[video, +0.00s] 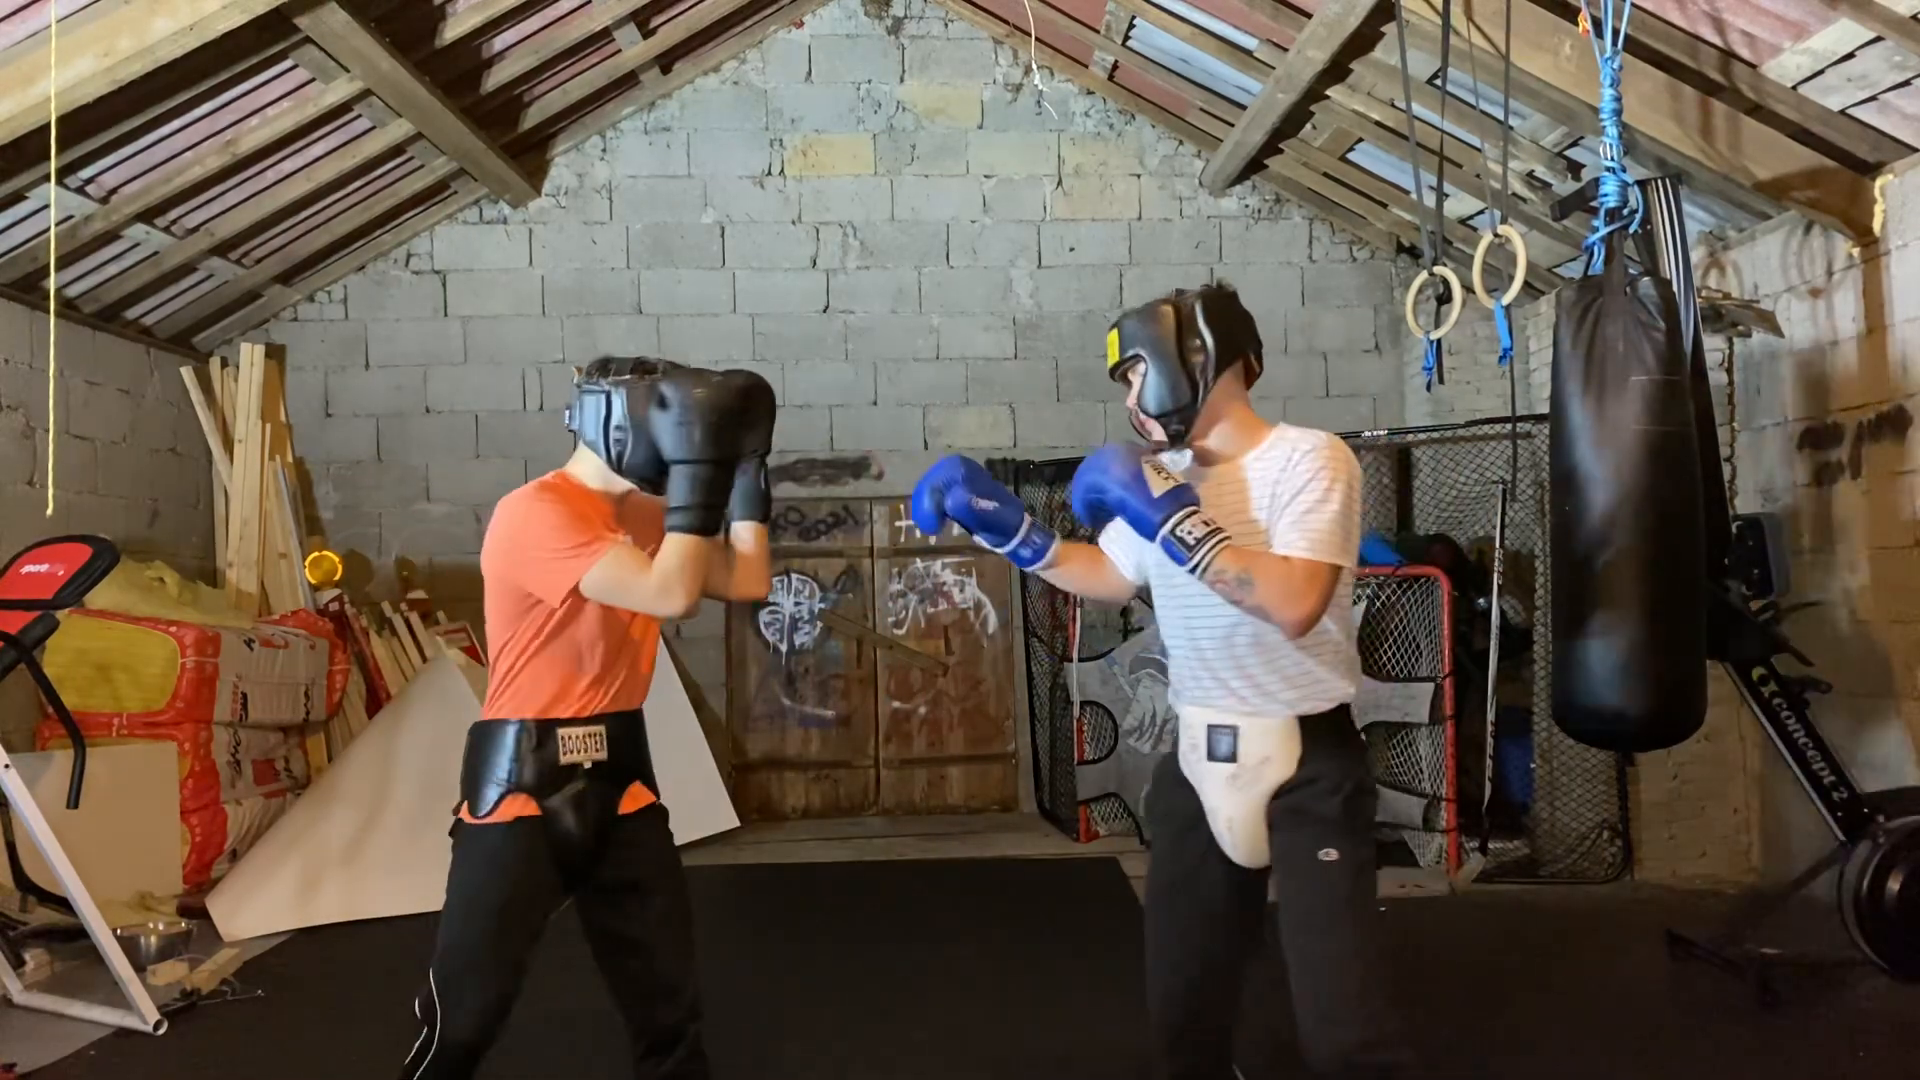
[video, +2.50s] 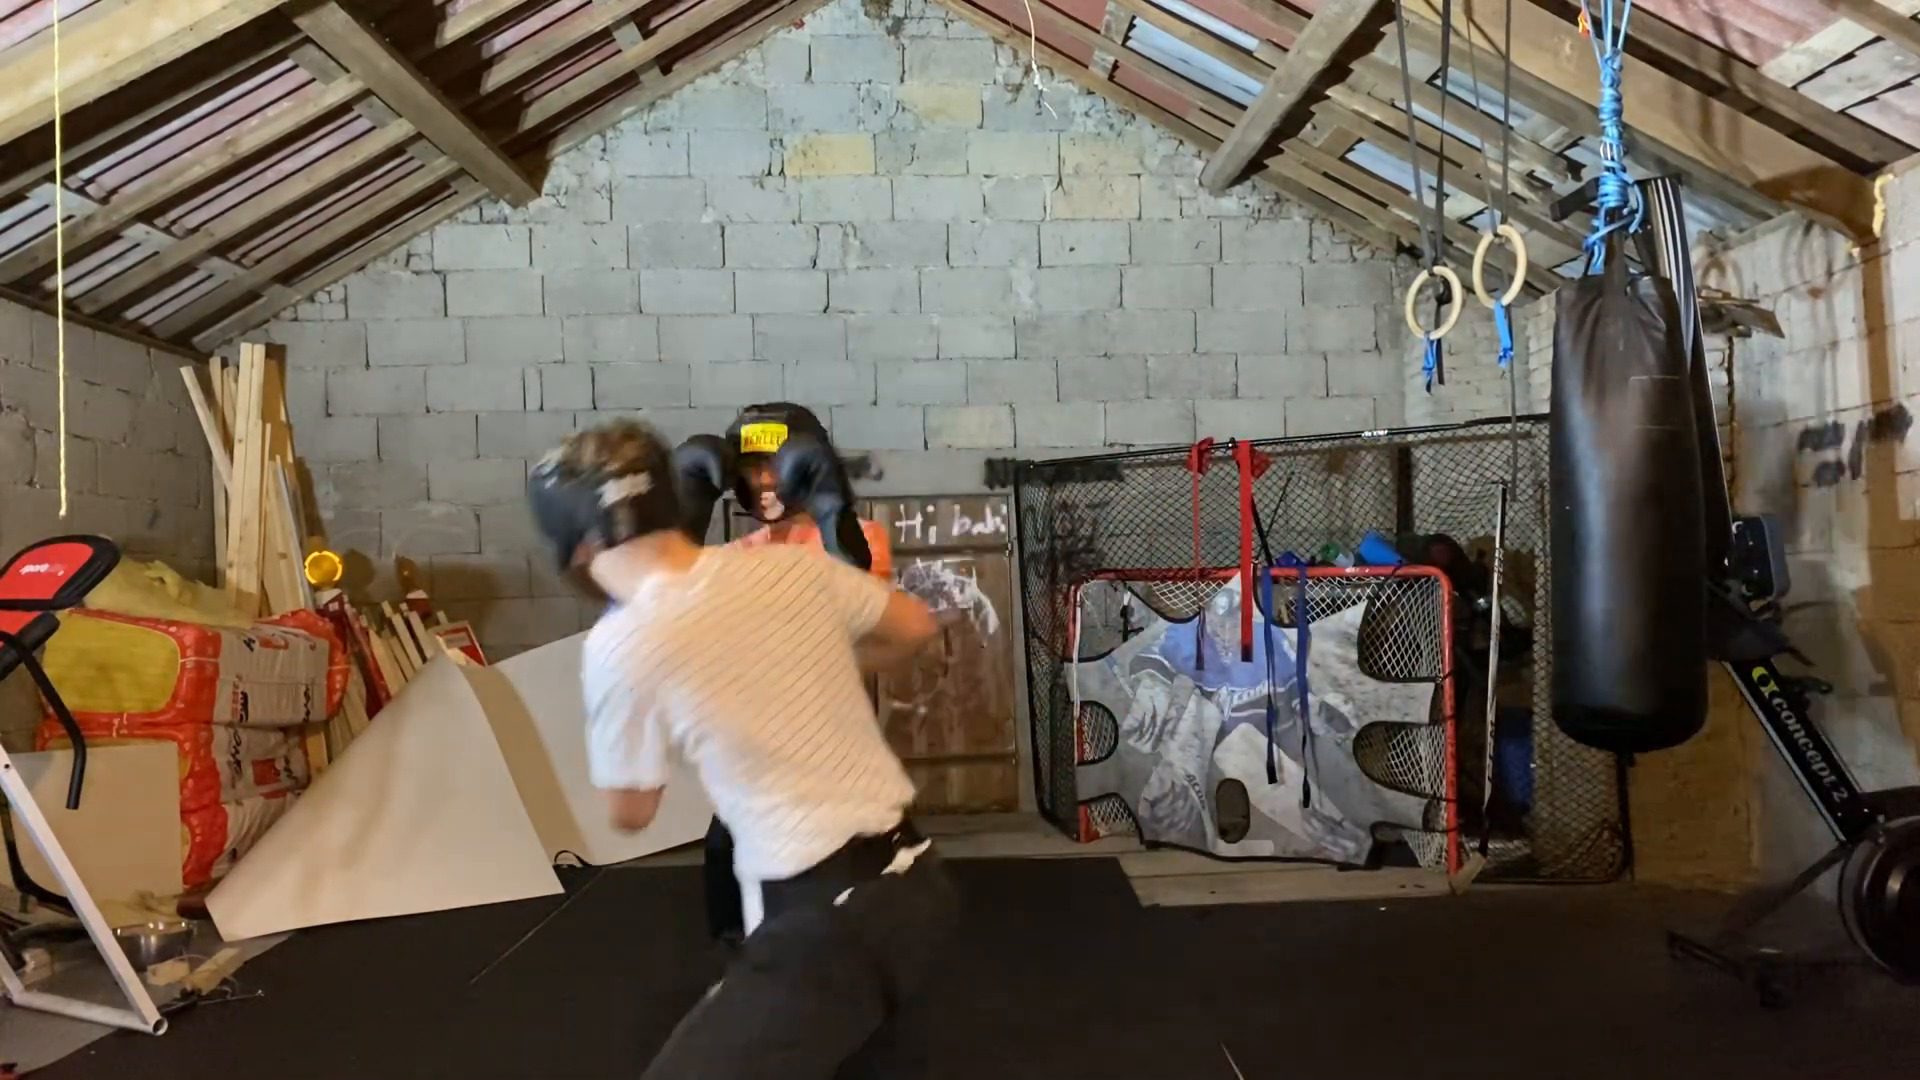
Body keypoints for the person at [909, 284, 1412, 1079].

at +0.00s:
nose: (1129, 398)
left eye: (1140, 371)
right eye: (1127, 376)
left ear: (1210, 368)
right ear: (1211, 369)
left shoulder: (1312, 460)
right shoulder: (1157, 482)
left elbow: (1297, 601)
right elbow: (1111, 574)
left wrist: (1173, 516)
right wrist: (1018, 533)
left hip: (1310, 765)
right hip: (1195, 770)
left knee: (1341, 1029)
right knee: (1184, 1022)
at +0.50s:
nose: (1048, 371)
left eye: (1055, 347)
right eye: (1047, 350)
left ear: (1089, 348)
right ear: (1146, 347)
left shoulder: (1204, 463)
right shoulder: (1124, 485)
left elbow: (1127, 618)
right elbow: (1102, 602)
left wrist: (1040, 513)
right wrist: (1026, 504)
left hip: (1213, 801)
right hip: (1127, 799)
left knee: (1252, 1054)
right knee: (1077, 1040)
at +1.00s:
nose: (953, 368)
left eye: (958, 345)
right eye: (952, 349)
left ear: (985, 343)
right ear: (1060, 348)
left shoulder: (1043, 461)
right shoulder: (1099, 456)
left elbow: (947, 620)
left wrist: (906, 513)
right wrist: (956, 505)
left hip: (1070, 829)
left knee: (1046, 1060)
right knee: (982, 1050)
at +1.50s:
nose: (907, 391)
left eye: (912, 374)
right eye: (912, 376)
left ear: (925, 376)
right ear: (1020, 400)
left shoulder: (920, 480)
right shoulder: (1075, 516)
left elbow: (846, 652)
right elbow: (1115, 687)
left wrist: (854, 536)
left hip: (976, 843)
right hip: (1077, 835)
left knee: (983, 1058)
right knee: (1075, 1054)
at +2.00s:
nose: (736, 457)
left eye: (741, 432)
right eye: (739, 435)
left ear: (769, 436)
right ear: (858, 431)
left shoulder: (794, 567)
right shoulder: (953, 541)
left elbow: (742, 756)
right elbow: (1051, 668)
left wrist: (737, 626)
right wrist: (955, 640)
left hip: (909, 934)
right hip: (1018, 897)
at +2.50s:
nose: (561, 556)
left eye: (558, 541)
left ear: (579, 549)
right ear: (671, 502)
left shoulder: (622, 645)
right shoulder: (789, 565)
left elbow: (630, 811)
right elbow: (915, 624)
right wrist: (826, 662)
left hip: (817, 925)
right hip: (922, 881)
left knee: (679, 1069)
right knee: (887, 1069)